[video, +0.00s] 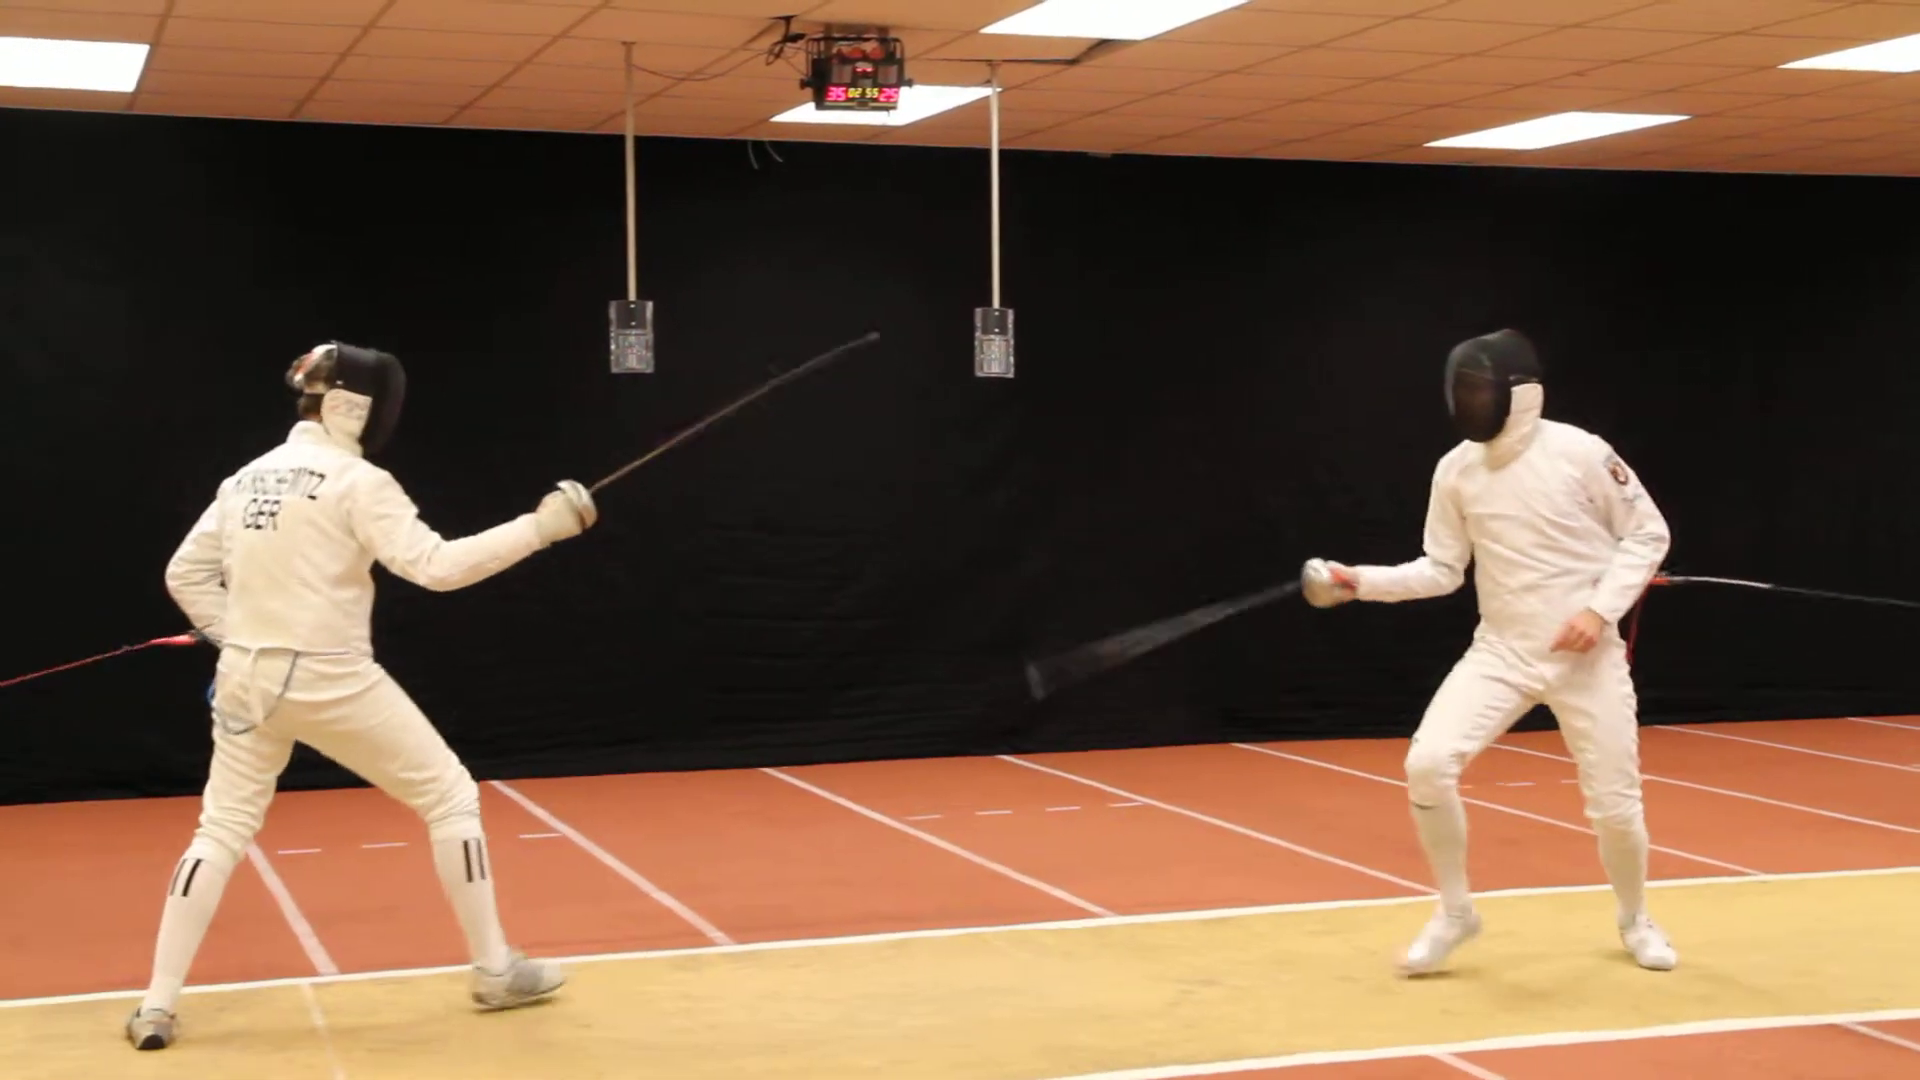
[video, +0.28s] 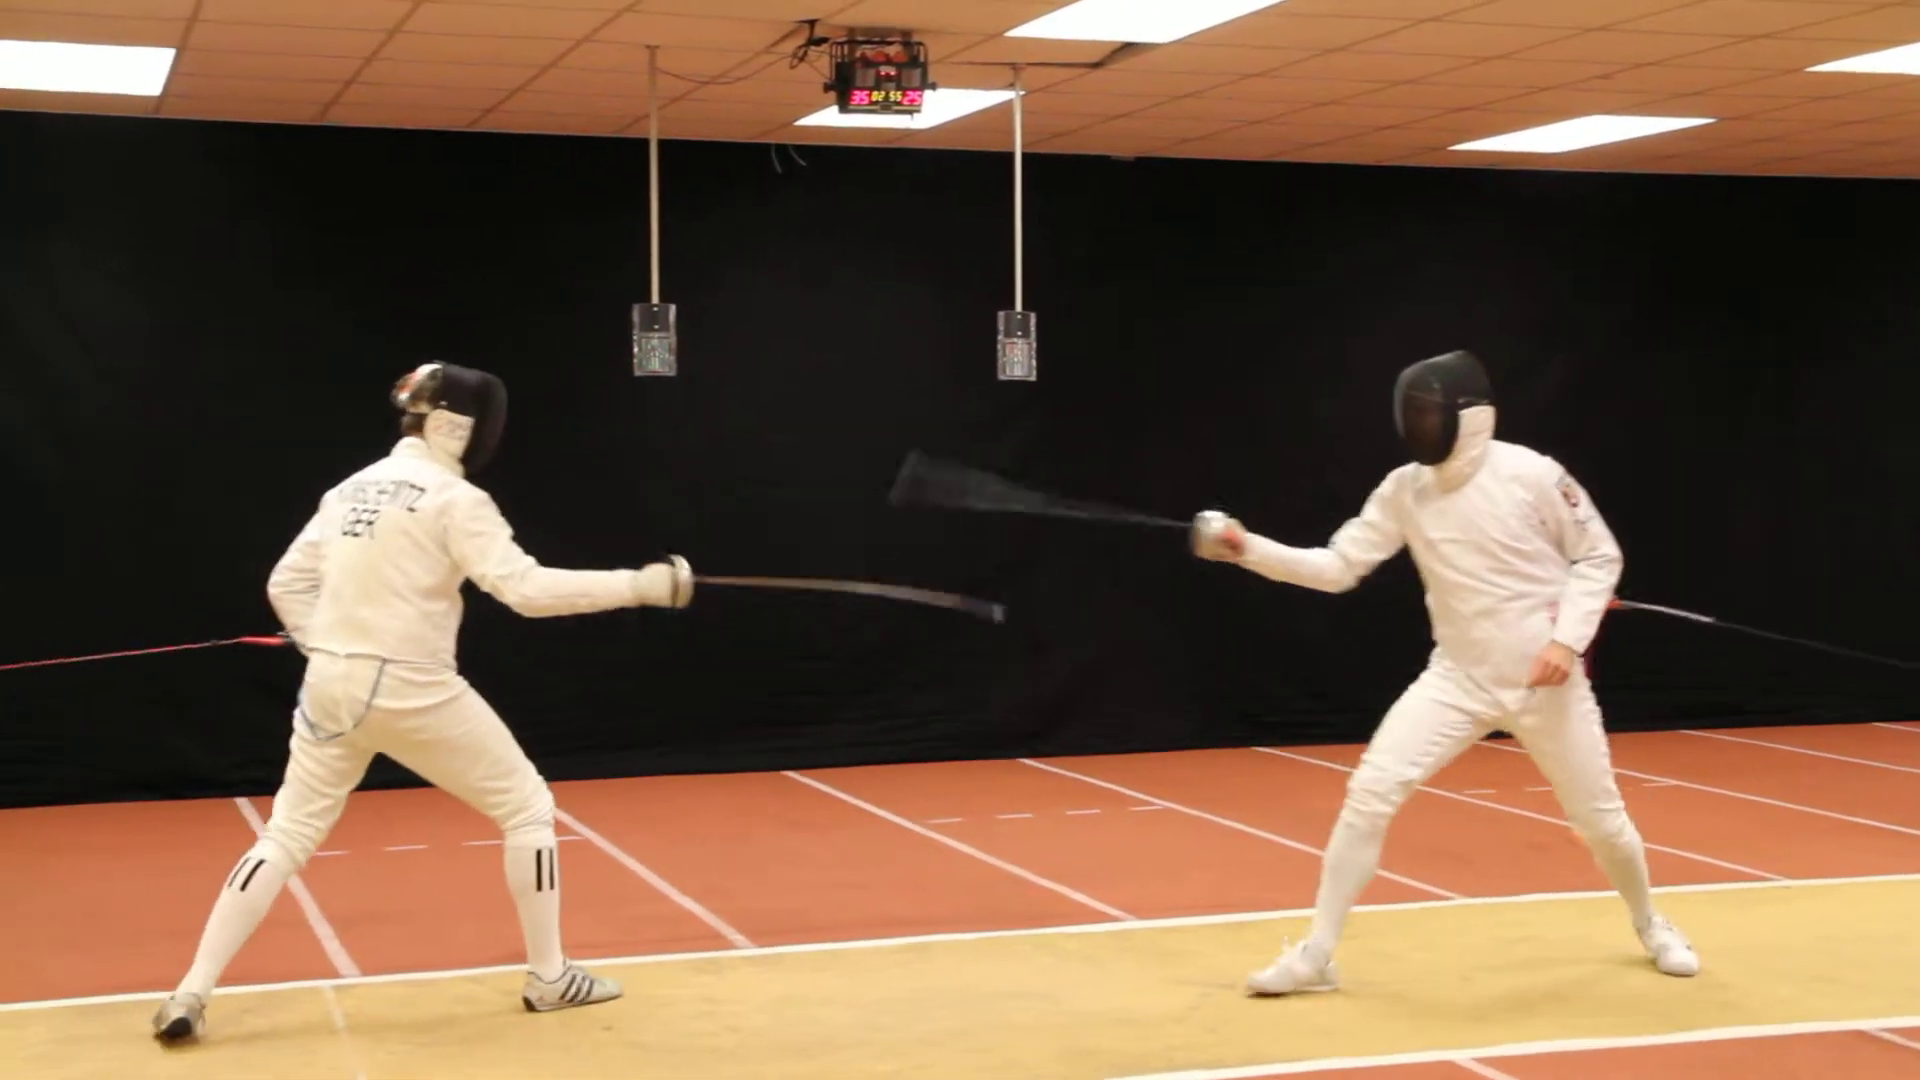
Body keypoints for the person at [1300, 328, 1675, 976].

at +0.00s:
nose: (1465, 401)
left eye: (1479, 388)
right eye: (1462, 388)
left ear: (1522, 391)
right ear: (1461, 393)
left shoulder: (1581, 455)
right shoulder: (1456, 472)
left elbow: (1648, 536)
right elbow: (1442, 568)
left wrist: (1601, 609)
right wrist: (1358, 580)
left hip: (1589, 659)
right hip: (1499, 654)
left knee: (1616, 809)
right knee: (1427, 766)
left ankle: (1635, 921)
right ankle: (1455, 913)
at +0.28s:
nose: (1408, 425)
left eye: (1422, 410)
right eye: (1405, 411)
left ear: (1464, 414)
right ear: (1407, 418)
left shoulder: (1533, 476)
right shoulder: (1405, 492)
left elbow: (1599, 558)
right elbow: (1337, 567)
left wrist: (1567, 641)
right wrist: (1244, 547)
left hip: (1548, 685)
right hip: (1455, 681)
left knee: (1605, 826)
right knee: (1370, 794)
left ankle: (1651, 927)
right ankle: (1315, 953)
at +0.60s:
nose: (1360, 445)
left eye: (1373, 431)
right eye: (1355, 431)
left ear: (1416, 432)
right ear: (1355, 436)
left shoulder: (1483, 488)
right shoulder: (1356, 506)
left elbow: (1556, 563)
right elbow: (1273, 564)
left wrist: (1526, 648)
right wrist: (1176, 538)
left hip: (1515, 691)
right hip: (1421, 690)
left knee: (1586, 834)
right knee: (1323, 789)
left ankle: (1591, 933)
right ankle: (1319, 955)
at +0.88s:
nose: (1309, 443)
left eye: (1323, 430)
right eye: (1306, 430)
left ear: (1367, 426)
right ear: (1313, 432)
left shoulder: (1432, 480)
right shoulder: (1301, 497)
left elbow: (1506, 558)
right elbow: (1210, 533)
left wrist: (1503, 646)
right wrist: (1108, 513)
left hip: (1471, 679)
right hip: (1376, 682)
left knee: (1548, 821)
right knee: (1292, 791)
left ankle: (1566, 929)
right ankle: (1316, 955)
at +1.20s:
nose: (1339, 435)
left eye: (1351, 420)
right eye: (1335, 422)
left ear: (1390, 419)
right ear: (1334, 427)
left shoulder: (1460, 476)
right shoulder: (1334, 496)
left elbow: (1534, 554)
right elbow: (1271, 571)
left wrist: (1498, 636)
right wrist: (1178, 549)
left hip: (1496, 679)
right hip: (1402, 679)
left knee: (1554, 826)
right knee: (1321, 790)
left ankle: (1597, 929)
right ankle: (1329, 959)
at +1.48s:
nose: (1433, 411)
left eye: (1446, 397)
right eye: (1428, 398)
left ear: (1487, 395)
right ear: (1426, 400)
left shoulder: (1549, 455)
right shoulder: (1425, 471)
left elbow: (1623, 534)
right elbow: (1368, 551)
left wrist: (1571, 607)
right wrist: (1280, 531)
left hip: (1571, 659)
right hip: (1481, 659)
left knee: (1594, 812)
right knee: (1410, 783)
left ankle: (1617, 934)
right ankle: (1393, 948)